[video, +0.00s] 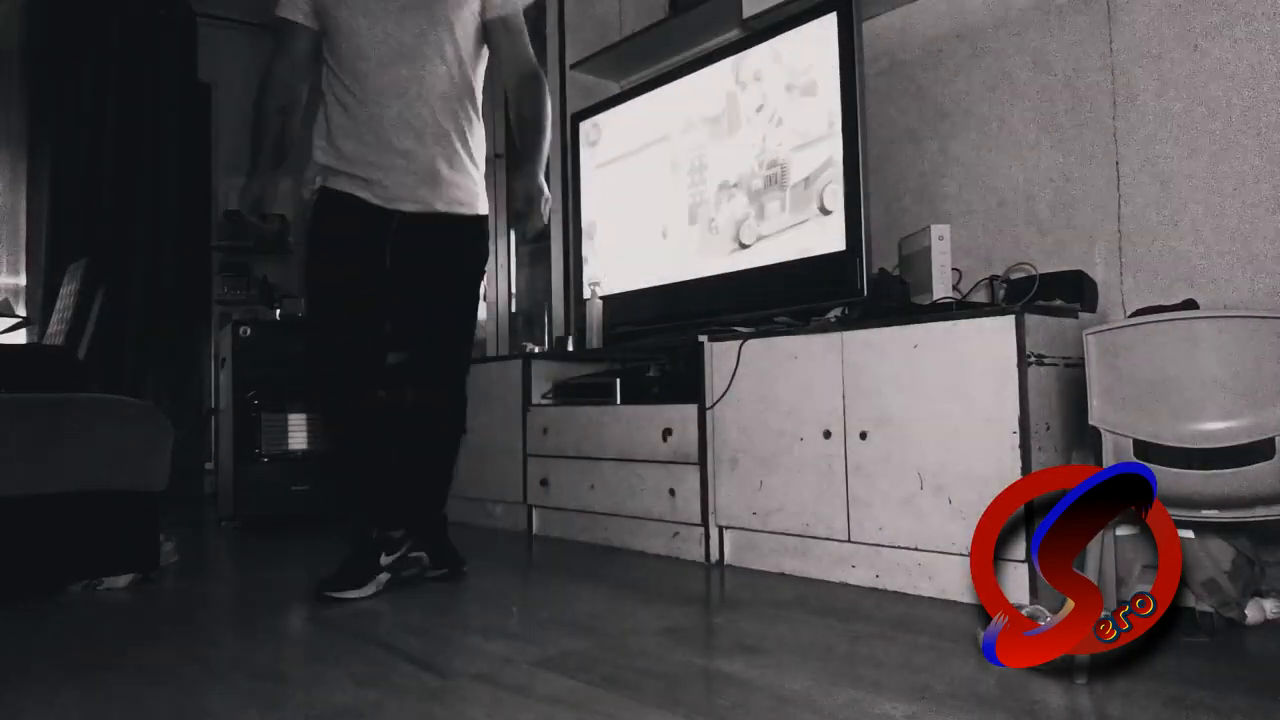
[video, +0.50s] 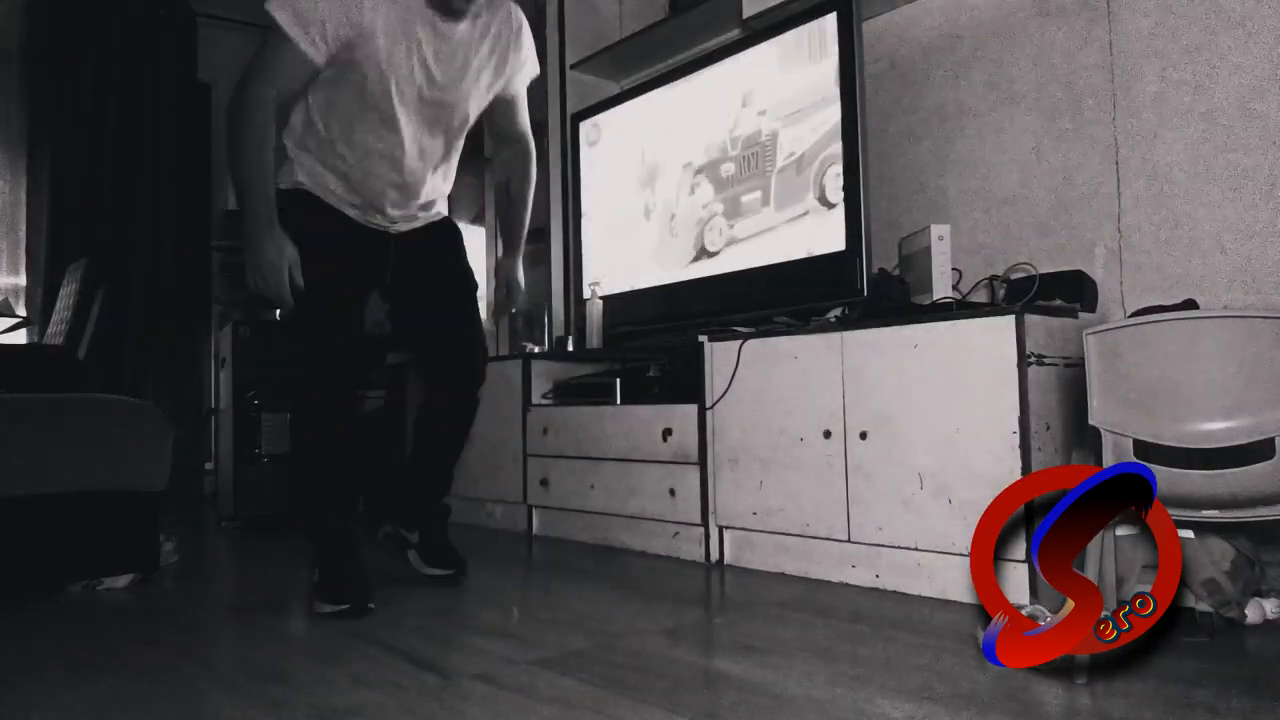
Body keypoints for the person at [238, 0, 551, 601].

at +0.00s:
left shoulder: (490, 5)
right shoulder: (314, 6)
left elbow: (526, 74)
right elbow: (289, 67)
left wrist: (530, 176)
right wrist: (265, 173)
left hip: (449, 198)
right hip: (350, 193)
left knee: (437, 380)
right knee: (346, 376)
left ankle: (428, 536)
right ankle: (375, 540)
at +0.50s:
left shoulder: (506, 27)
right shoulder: (350, 9)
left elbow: (514, 143)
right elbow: (254, 99)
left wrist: (510, 263)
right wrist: (261, 232)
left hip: (421, 213)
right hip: (322, 202)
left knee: (460, 362)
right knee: (328, 378)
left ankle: (421, 512)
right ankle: (334, 558)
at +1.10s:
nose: (532, 350)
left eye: (549, 341)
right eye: (530, 334)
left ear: (586, 298)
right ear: (504, 283)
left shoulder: (577, 273)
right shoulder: (425, 274)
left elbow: (633, 415)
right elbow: (414, 451)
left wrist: (653, 558)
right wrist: (431, 641)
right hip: (323, 238)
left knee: (456, 430)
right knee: (339, 428)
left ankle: (412, 568)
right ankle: (334, 582)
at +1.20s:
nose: (563, 388)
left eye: (582, 382)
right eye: (563, 373)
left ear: (625, 330)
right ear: (537, 314)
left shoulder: (606, 293)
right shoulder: (445, 302)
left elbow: (670, 435)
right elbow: (410, 492)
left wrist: (703, 583)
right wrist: (424, 678)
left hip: (425, 210)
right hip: (324, 242)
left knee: (480, 407)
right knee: (355, 434)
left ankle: (414, 550)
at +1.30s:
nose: (600, 388)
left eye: (617, 381)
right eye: (601, 369)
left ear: (659, 337)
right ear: (570, 307)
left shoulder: (633, 303)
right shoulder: (459, 296)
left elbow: (699, 456)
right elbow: (406, 493)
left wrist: (748, 609)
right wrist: (423, 679)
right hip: (330, 264)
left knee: (498, 425)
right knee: (359, 459)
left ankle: (410, 546)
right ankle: (279, 499)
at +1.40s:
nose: (656, 361)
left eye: (678, 346)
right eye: (650, 329)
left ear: (702, 327)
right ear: (607, 266)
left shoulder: (665, 316)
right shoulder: (481, 282)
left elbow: (714, 473)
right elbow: (414, 496)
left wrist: (755, 624)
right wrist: (423, 681)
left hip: (467, 301)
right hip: (349, 284)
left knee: (523, 438)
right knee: (352, 471)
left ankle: (416, 537)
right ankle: (263, 508)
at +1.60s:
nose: (702, 313)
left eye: (725, 299)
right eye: (697, 277)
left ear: (740, 298)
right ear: (650, 231)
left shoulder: (705, 311)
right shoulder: (522, 275)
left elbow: (736, 463)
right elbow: (440, 493)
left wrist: (758, 624)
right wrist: (425, 679)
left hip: (497, 341)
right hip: (376, 309)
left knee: (565, 467)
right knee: (355, 485)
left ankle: (425, 504)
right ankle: (255, 511)